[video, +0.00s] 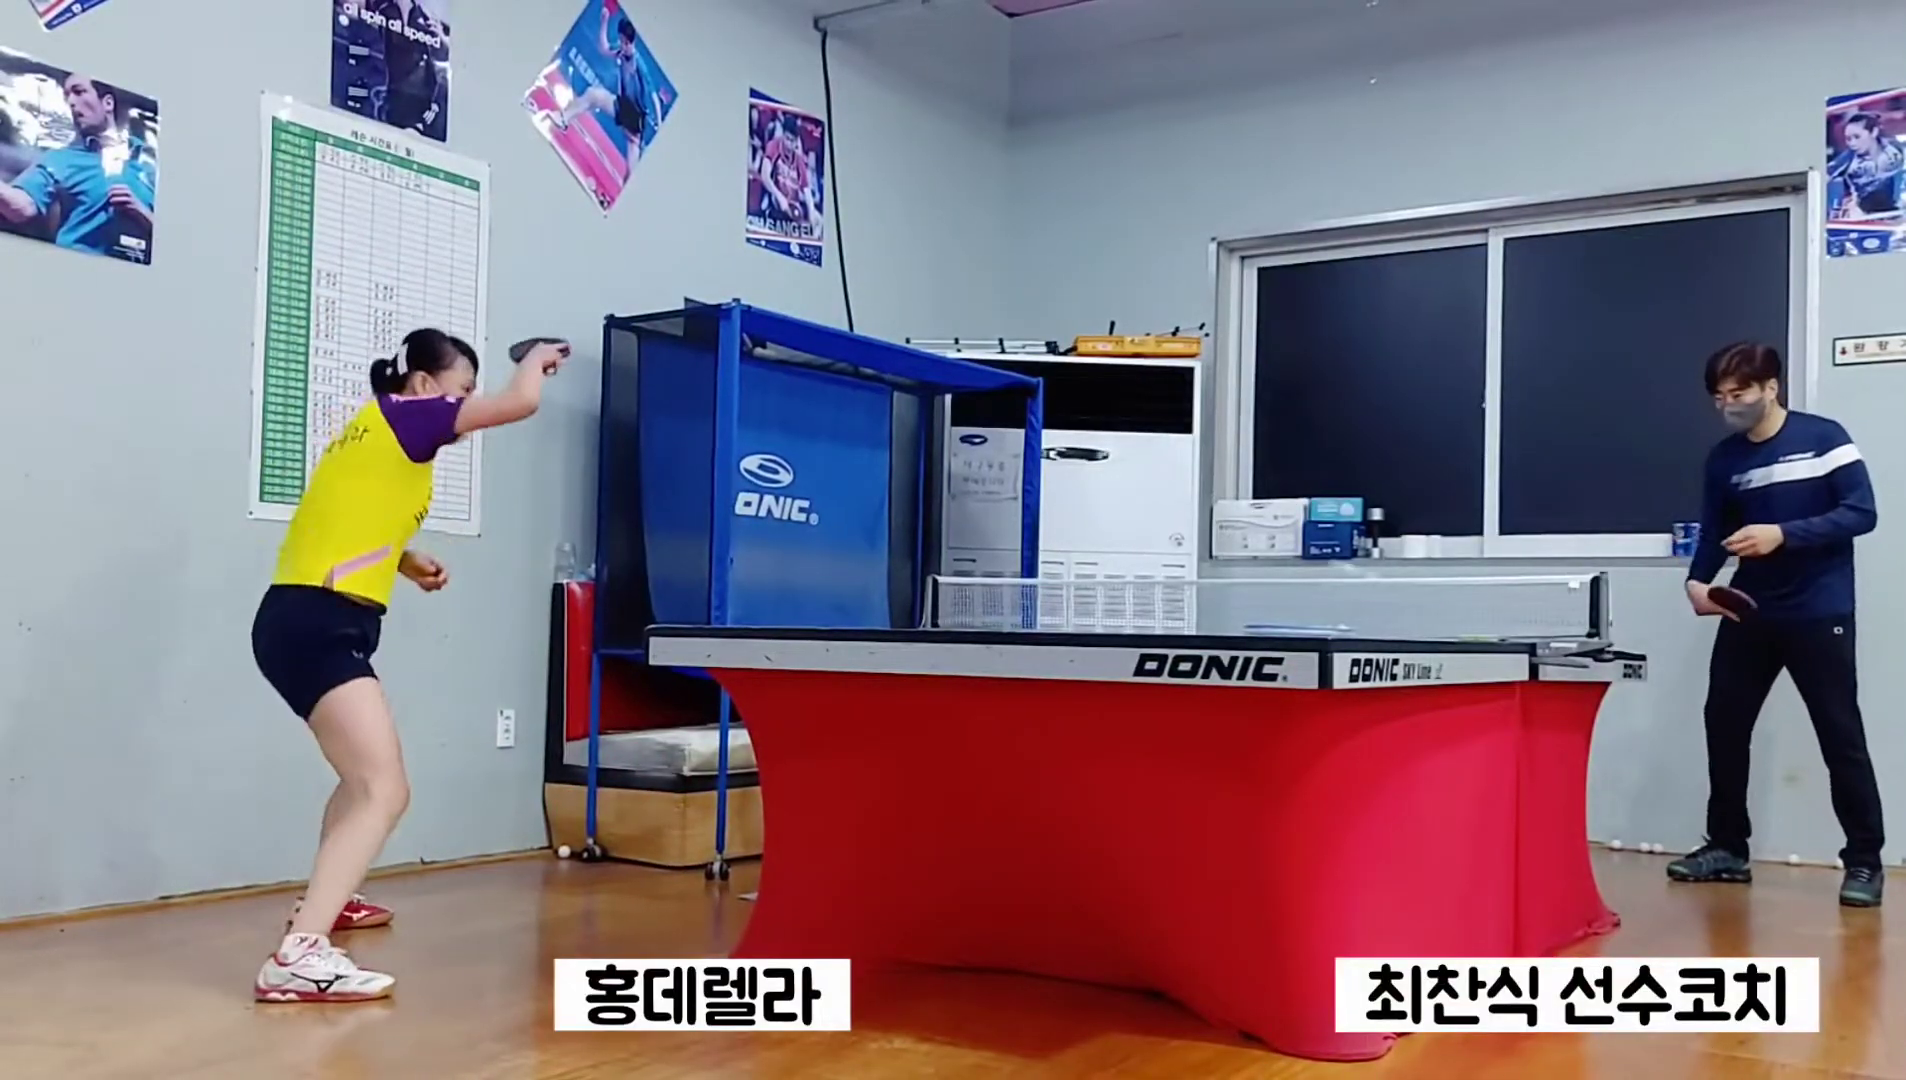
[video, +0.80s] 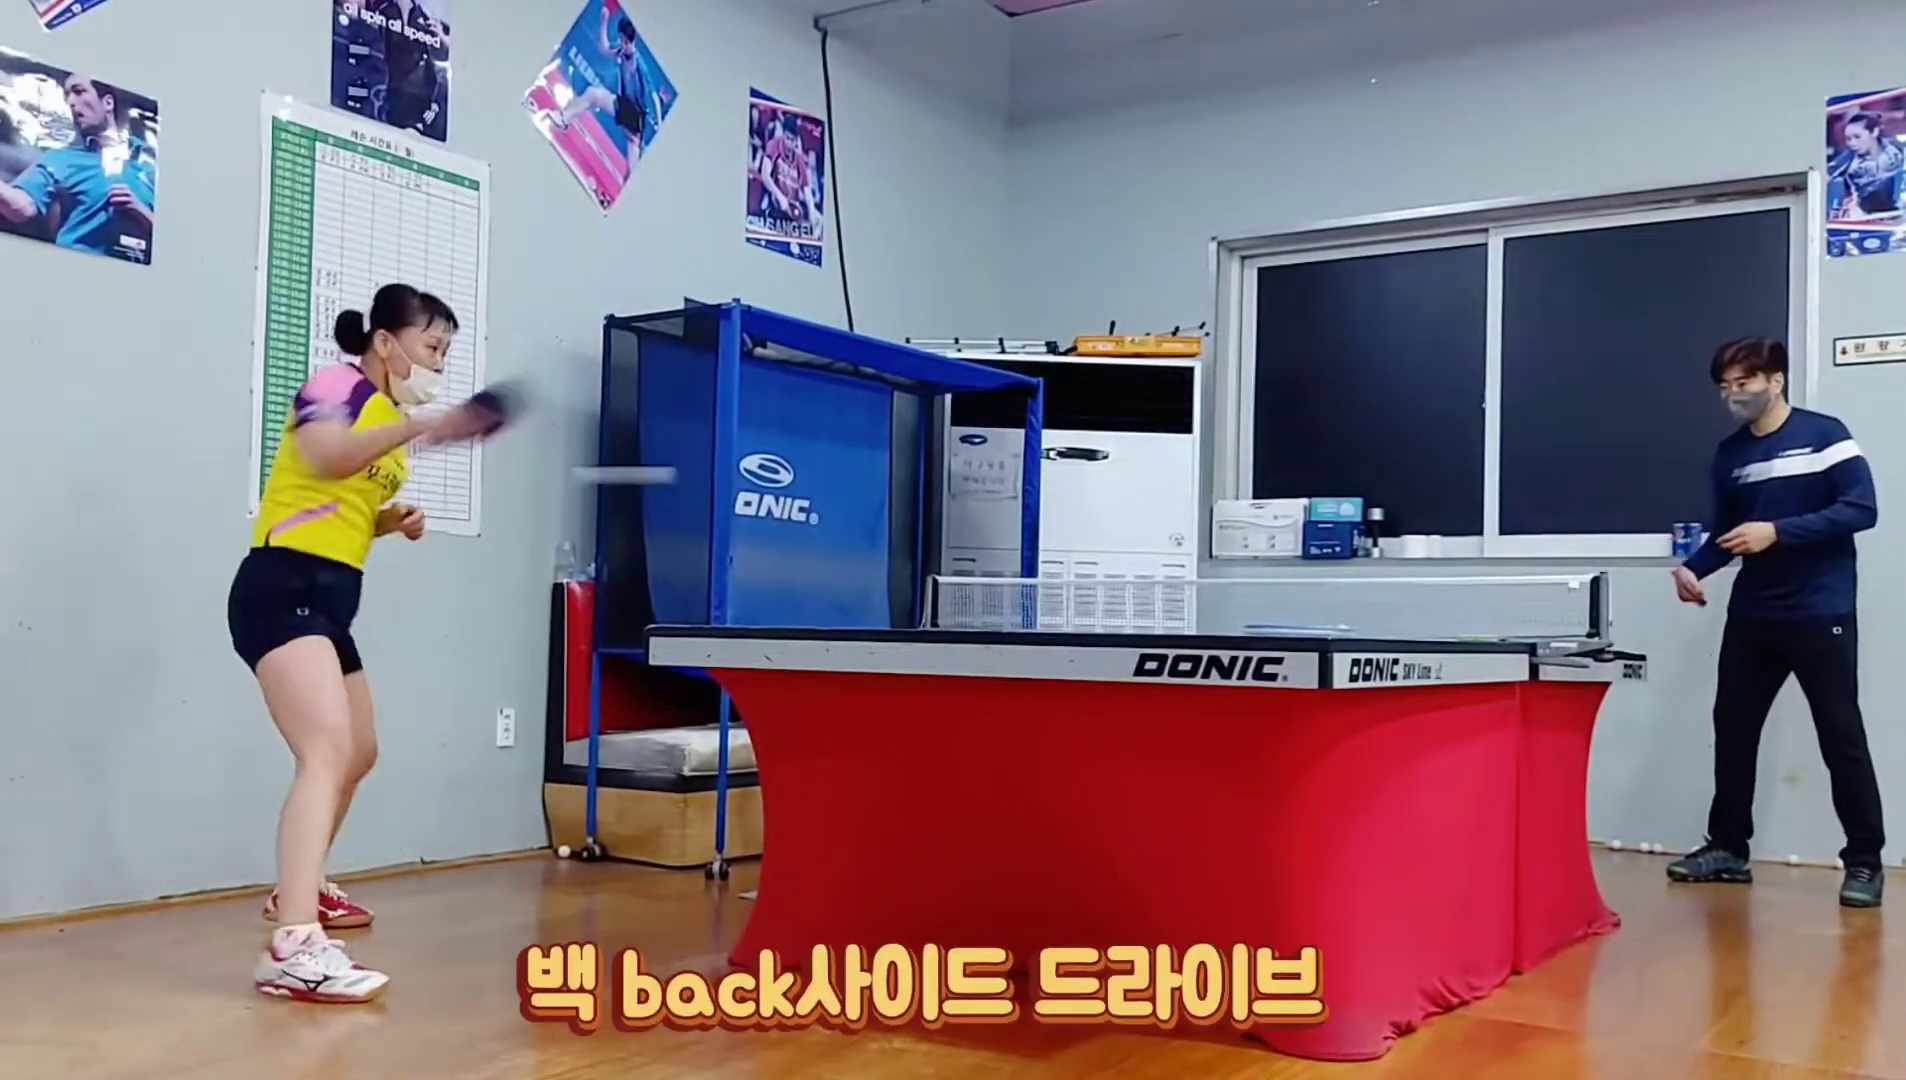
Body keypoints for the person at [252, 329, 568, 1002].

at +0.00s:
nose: (466, 402)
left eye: (467, 391)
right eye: (461, 389)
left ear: (411, 383)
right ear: (422, 379)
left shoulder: (374, 427)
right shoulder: (407, 416)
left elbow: (344, 512)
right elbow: (521, 404)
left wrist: (403, 557)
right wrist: (534, 360)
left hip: (298, 620)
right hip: (319, 623)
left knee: (363, 776)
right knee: (386, 791)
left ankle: (325, 895)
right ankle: (300, 953)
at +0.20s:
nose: (453, 361)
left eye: (454, 348)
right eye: (446, 346)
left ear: (405, 345)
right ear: (407, 342)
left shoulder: (383, 402)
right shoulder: (378, 390)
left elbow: (345, 505)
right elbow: (439, 478)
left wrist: (411, 523)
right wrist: (515, 473)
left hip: (337, 606)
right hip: (310, 603)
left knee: (366, 762)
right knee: (357, 762)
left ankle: (313, 898)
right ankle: (305, 948)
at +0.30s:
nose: (446, 365)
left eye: (446, 352)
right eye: (437, 352)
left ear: (405, 359)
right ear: (395, 357)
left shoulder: (417, 439)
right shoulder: (343, 421)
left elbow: (379, 533)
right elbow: (310, 534)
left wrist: (420, 541)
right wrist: (400, 572)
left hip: (360, 622)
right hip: (296, 614)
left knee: (378, 782)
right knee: (357, 767)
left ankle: (297, 888)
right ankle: (310, 951)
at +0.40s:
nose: (431, 406)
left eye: (433, 394)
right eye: (420, 394)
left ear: (409, 403)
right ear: (374, 401)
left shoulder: (436, 479)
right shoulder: (308, 473)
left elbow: (440, 558)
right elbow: (237, 568)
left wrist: (427, 574)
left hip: (369, 658)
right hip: (290, 643)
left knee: (390, 818)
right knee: (362, 763)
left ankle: (298, 892)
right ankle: (313, 953)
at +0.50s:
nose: (420, 432)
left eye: (422, 418)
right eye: (407, 419)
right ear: (361, 430)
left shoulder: (432, 495)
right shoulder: (293, 494)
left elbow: (442, 587)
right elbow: (198, 567)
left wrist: (402, 598)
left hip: (373, 671)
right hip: (291, 657)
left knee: (393, 832)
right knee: (362, 759)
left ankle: (297, 897)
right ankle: (312, 954)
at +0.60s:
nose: (414, 419)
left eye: (417, 406)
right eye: (400, 405)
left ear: (416, 411)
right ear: (351, 416)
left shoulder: (430, 485)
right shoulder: (287, 480)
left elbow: (438, 577)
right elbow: (196, 542)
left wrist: (397, 584)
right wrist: (92, 556)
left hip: (370, 662)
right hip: (289, 647)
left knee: (389, 823)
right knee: (360, 759)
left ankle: (297, 895)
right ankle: (312, 954)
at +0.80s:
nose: (437, 362)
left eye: (443, 351)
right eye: (429, 347)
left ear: (409, 354)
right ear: (383, 340)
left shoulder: (387, 415)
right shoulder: (336, 384)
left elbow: (339, 519)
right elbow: (324, 456)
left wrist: (389, 520)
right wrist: (419, 428)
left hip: (323, 599)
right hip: (280, 589)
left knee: (358, 751)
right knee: (325, 753)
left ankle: (296, 883)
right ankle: (292, 942)